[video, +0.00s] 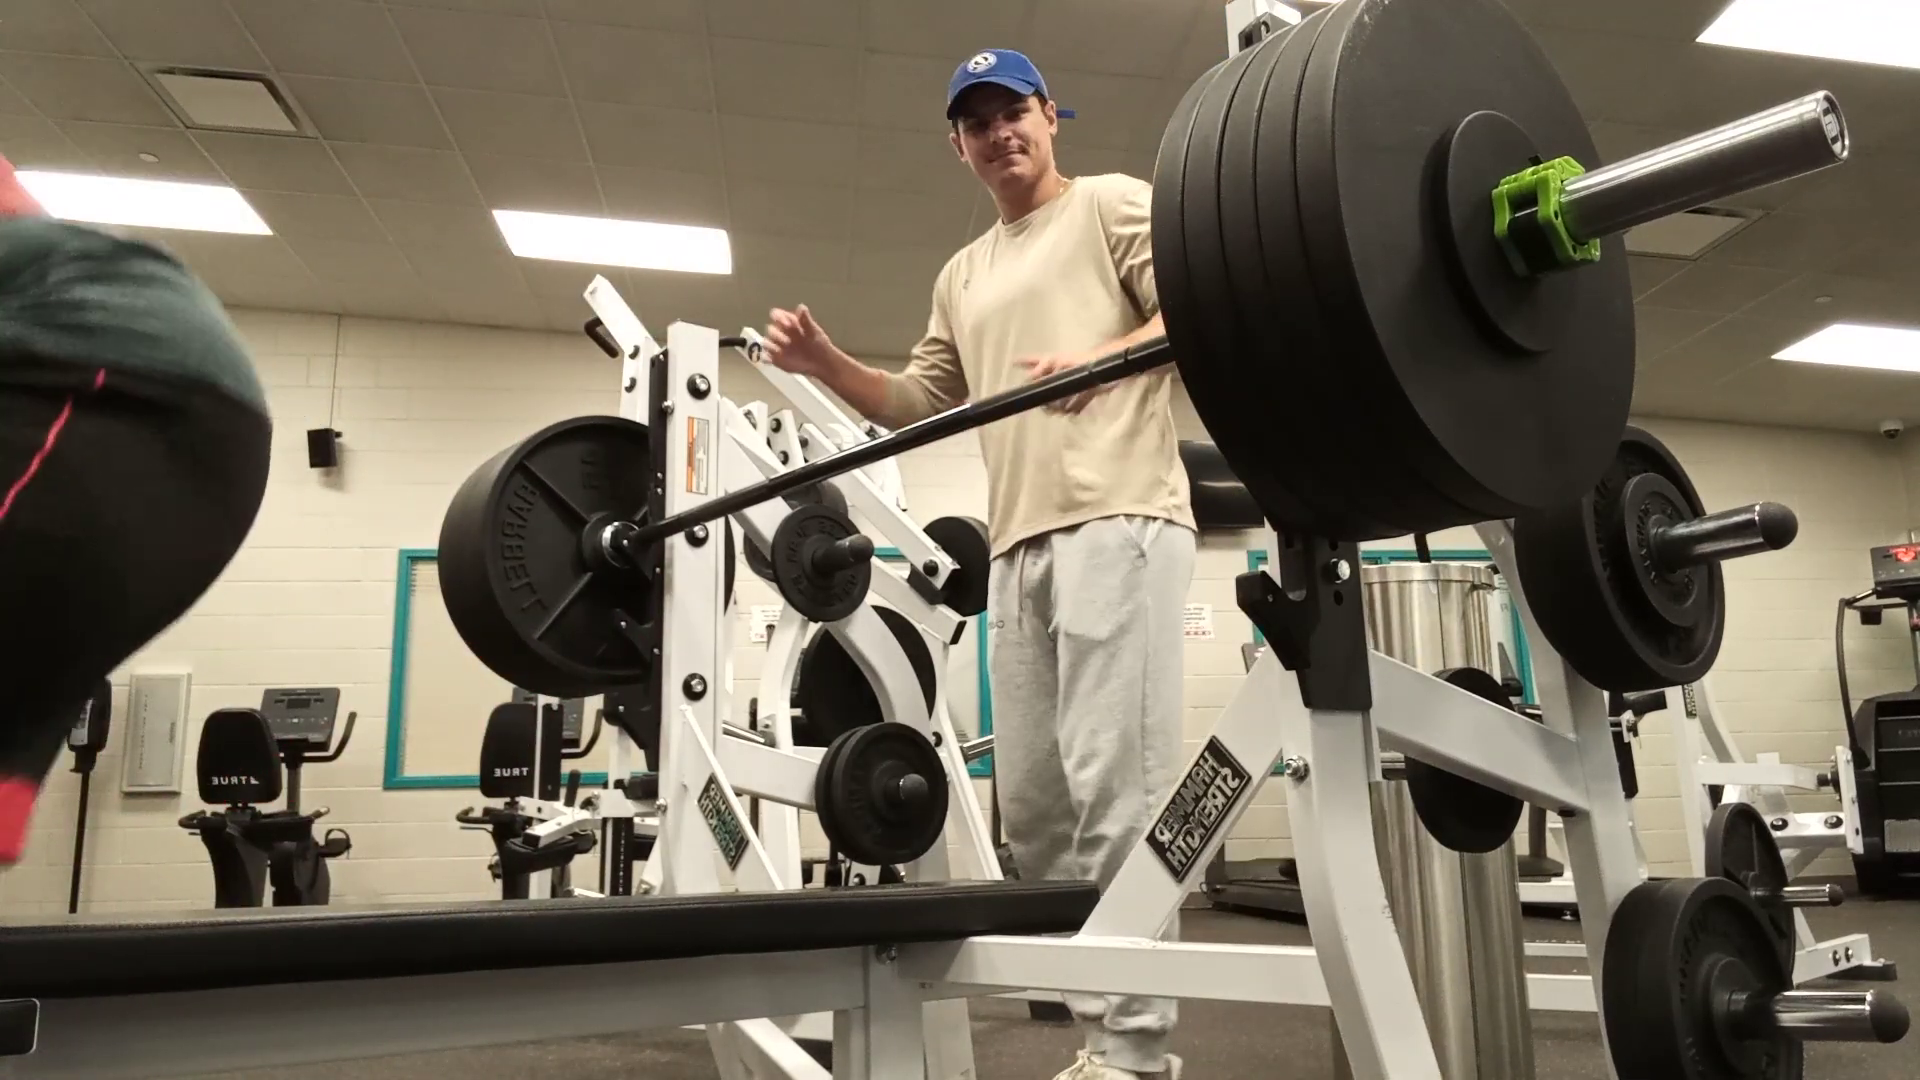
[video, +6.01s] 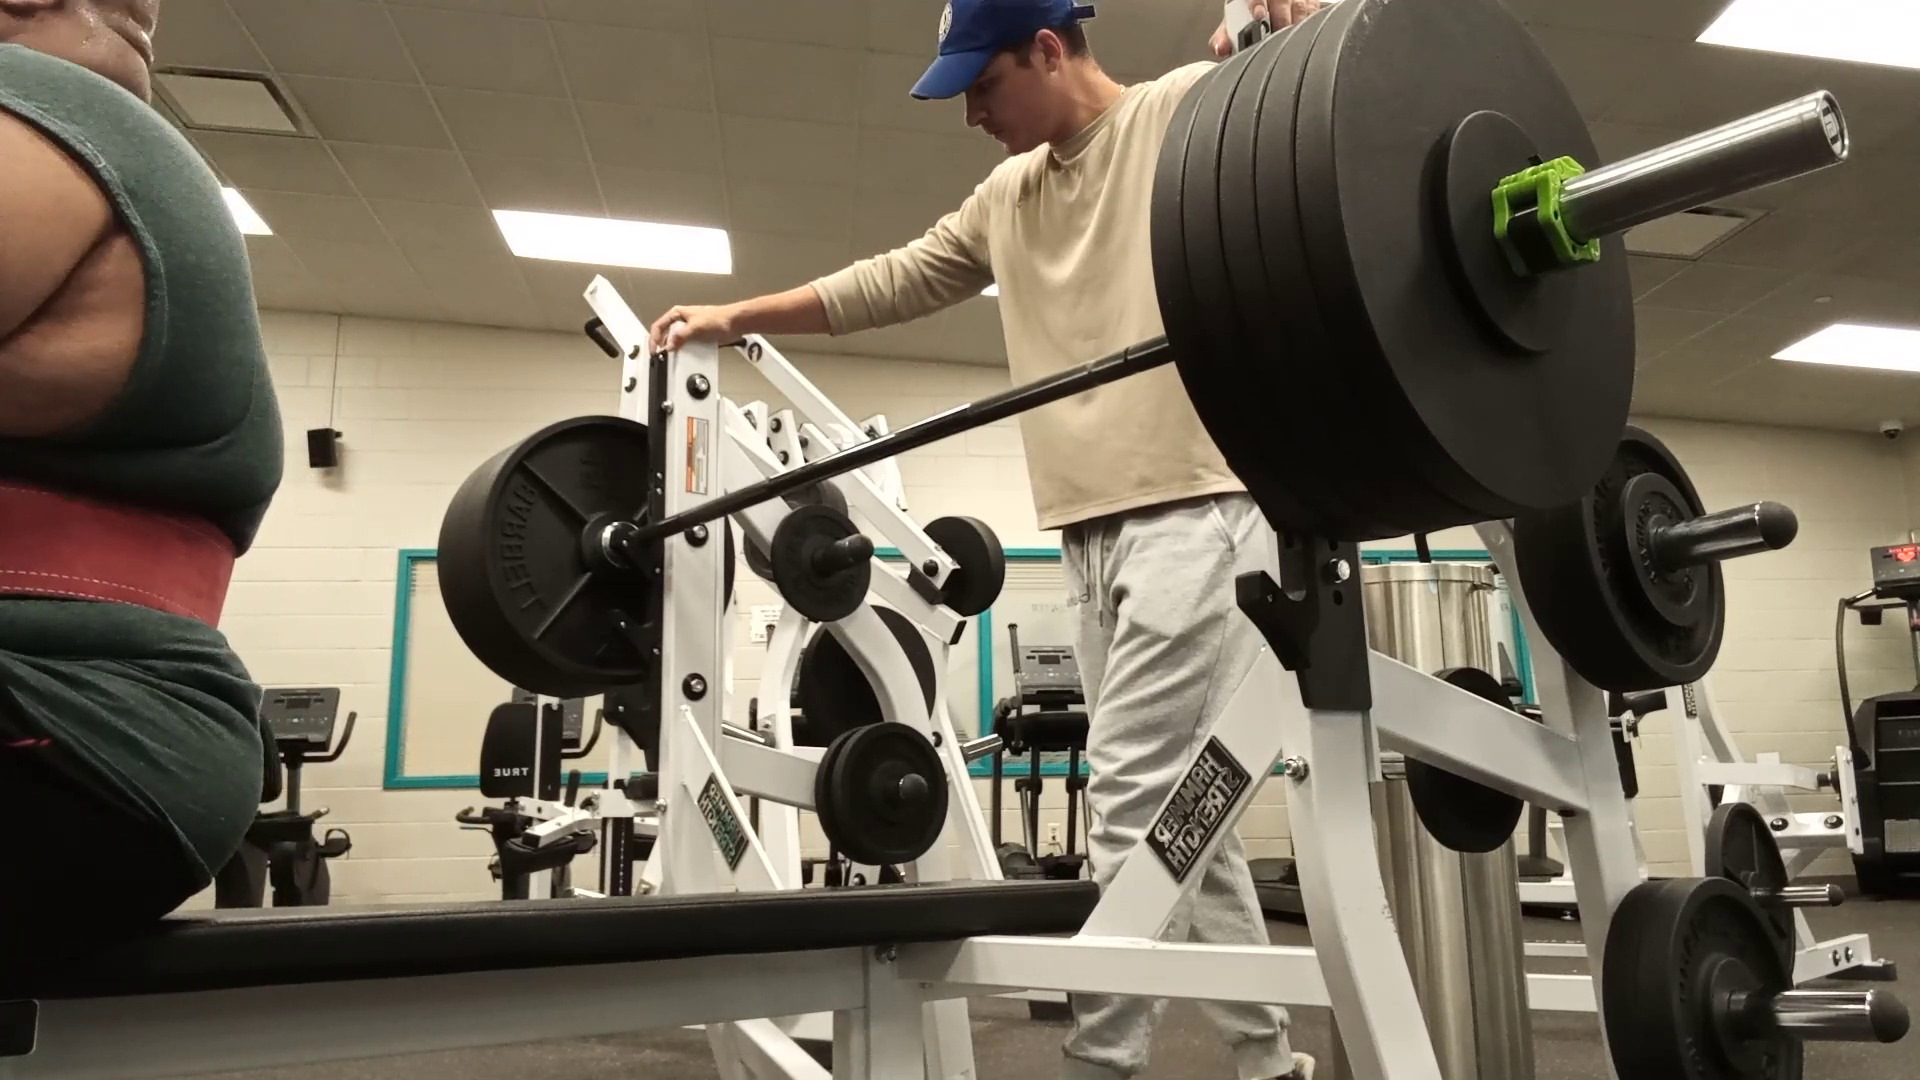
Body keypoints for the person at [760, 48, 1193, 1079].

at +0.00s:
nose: (996, 131)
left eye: (1010, 111)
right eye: (975, 122)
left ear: (1052, 119)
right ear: (960, 147)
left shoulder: (1114, 204)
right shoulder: (961, 276)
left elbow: (1187, 315)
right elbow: (917, 405)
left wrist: (1098, 363)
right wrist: (826, 363)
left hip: (1121, 525)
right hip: (1020, 547)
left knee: (1116, 779)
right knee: (1034, 800)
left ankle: (1136, 1044)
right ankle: (1092, 1020)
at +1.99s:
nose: (982, 94)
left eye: (990, 66)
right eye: (974, 78)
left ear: (1058, 31)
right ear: (1038, 50)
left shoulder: (1191, 104)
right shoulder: (1012, 195)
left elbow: (1325, 115)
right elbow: (899, 276)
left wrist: (1294, 38)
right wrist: (737, 309)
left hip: (1202, 508)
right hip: (1097, 530)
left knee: (1131, 795)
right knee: (1181, 807)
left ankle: (1106, 1059)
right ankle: (1263, 1057)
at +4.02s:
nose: (998, 84)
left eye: (1012, 55)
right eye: (985, 68)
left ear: (1078, 24)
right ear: (983, 74)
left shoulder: (1187, 100)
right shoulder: (1005, 192)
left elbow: (1318, 111)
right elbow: (891, 279)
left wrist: (1293, 35)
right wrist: (734, 315)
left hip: (1199, 509)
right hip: (1089, 532)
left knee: (1126, 793)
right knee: (1173, 804)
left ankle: (1101, 1065)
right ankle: (1266, 1060)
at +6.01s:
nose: (972, 114)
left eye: (982, 88)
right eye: (965, 94)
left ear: (1051, 48)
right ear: (1025, 64)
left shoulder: (1185, 102)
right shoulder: (1006, 194)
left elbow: (1317, 113)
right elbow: (897, 279)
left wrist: (1293, 37)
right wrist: (735, 314)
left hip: (1200, 511)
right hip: (1090, 533)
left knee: (1128, 792)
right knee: (1173, 802)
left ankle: (1102, 1064)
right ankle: (1266, 1059)